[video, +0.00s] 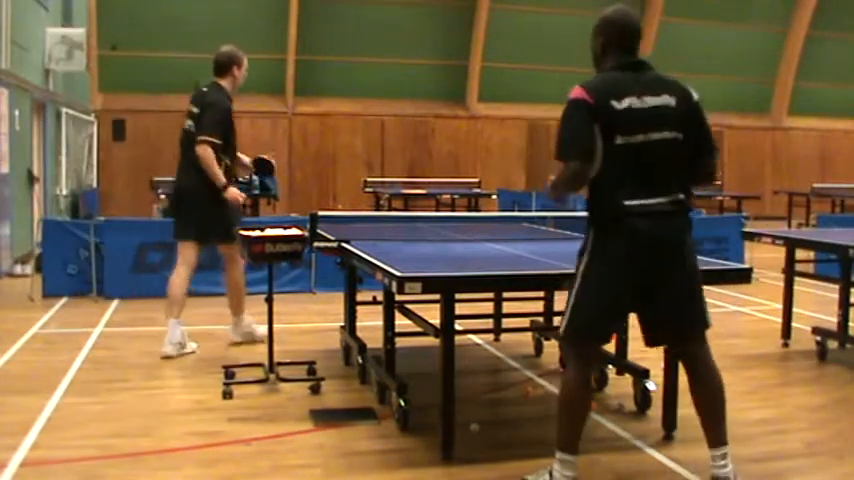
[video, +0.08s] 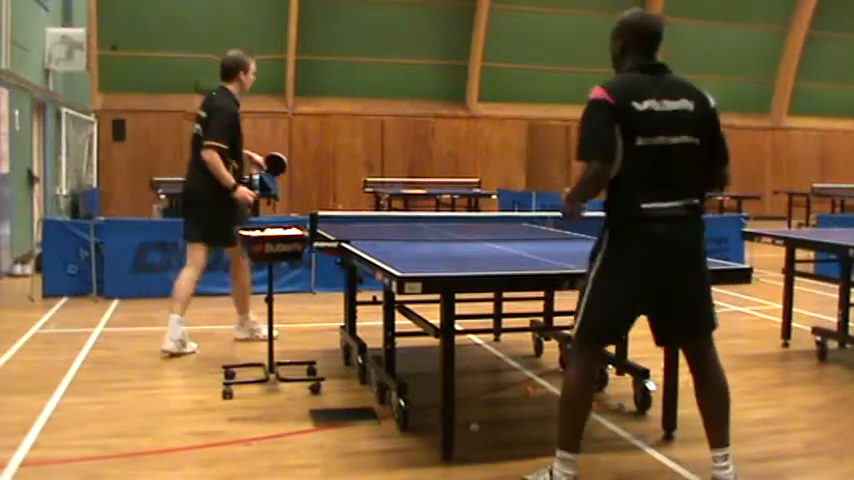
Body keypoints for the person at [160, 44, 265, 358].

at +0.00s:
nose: (245, 75)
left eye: (245, 69)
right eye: (244, 69)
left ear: (220, 68)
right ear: (236, 70)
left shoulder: (203, 95)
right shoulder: (219, 102)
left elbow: (213, 141)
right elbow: (203, 148)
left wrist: (238, 158)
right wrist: (226, 186)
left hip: (188, 190)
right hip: (210, 191)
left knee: (185, 261)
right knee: (233, 256)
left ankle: (173, 334)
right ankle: (240, 324)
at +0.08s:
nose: (253, 79)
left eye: (253, 73)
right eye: (252, 73)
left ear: (229, 73)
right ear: (242, 75)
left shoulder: (214, 99)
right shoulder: (227, 107)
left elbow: (221, 142)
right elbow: (209, 153)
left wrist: (247, 156)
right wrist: (235, 187)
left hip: (197, 192)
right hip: (219, 194)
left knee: (194, 262)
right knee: (240, 257)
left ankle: (174, 331)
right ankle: (245, 322)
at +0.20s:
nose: (267, 84)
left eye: (266, 78)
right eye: (263, 78)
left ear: (245, 81)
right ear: (249, 80)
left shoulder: (230, 104)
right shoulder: (237, 112)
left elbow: (235, 146)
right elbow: (220, 158)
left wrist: (260, 156)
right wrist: (248, 187)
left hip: (215, 193)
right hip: (233, 195)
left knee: (222, 259)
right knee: (257, 254)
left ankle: (189, 308)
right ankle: (247, 323)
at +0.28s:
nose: (273, 84)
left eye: (273, 79)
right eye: (269, 79)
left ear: (253, 81)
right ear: (252, 81)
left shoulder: (241, 105)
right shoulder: (242, 112)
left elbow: (241, 146)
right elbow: (225, 157)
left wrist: (265, 154)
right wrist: (256, 183)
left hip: (227, 193)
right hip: (238, 195)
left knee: (238, 253)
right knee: (259, 257)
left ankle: (205, 301)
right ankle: (247, 323)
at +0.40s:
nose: (279, 83)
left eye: (280, 77)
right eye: (274, 77)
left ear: (266, 81)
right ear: (257, 80)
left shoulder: (263, 107)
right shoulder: (245, 109)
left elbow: (259, 140)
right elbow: (229, 155)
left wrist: (279, 151)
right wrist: (261, 174)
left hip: (253, 187)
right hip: (238, 189)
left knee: (261, 249)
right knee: (260, 252)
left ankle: (241, 303)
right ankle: (246, 321)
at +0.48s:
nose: (283, 84)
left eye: (285, 79)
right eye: (278, 79)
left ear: (282, 83)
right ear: (262, 81)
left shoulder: (274, 110)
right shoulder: (246, 111)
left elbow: (273, 141)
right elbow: (232, 155)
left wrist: (287, 150)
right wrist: (265, 172)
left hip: (261, 189)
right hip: (242, 190)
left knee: (268, 248)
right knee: (260, 252)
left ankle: (268, 302)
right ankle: (247, 320)